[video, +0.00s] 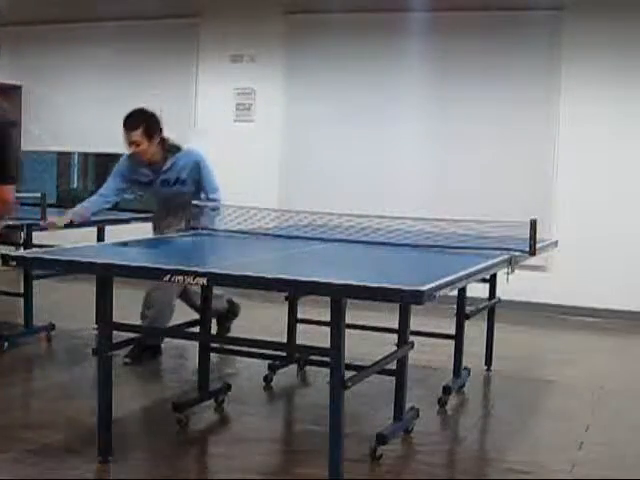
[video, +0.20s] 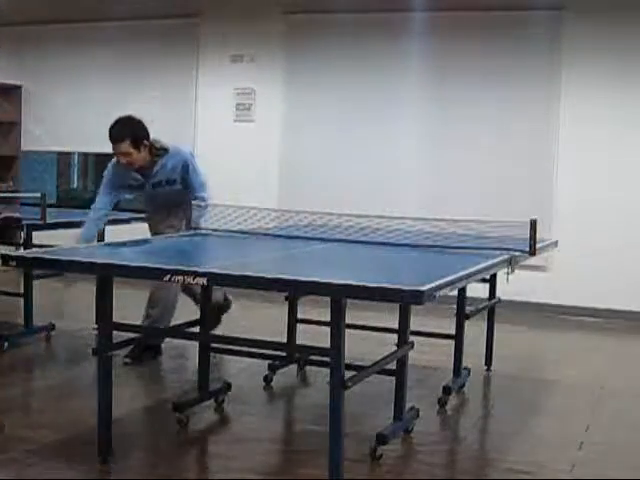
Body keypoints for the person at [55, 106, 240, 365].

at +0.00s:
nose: (132, 151)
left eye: (136, 144)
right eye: (129, 145)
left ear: (157, 138)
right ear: (127, 142)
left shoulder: (192, 161)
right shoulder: (130, 165)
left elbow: (212, 202)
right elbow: (106, 197)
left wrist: (200, 238)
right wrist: (68, 219)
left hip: (192, 231)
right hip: (162, 230)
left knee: (165, 280)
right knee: (180, 281)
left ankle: (149, 341)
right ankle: (223, 307)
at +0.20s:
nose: (121, 161)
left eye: (126, 155)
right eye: (118, 156)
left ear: (144, 146)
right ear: (114, 150)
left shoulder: (180, 159)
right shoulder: (117, 171)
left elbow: (200, 198)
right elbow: (101, 208)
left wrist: (197, 236)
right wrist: (83, 244)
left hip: (184, 221)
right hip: (157, 222)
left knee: (167, 273)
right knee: (177, 269)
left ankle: (149, 340)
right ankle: (213, 301)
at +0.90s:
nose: (196, 97)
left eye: (202, 92)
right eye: (191, 91)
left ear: (213, 94)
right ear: (184, 92)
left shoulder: (223, 130)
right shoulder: (178, 129)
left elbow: (222, 171)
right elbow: (165, 176)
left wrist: (178, 155)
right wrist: (156, 216)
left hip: (210, 205)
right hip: (181, 204)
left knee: (193, 271)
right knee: (187, 271)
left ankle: (159, 333)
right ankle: (201, 328)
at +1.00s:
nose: (208, 90)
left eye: (215, 86)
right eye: (204, 84)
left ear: (223, 90)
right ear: (196, 86)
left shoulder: (234, 125)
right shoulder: (186, 125)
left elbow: (237, 168)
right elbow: (173, 171)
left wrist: (204, 175)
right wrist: (165, 213)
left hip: (221, 202)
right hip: (190, 201)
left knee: (201, 263)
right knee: (193, 263)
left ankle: (176, 326)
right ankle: (200, 325)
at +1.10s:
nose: (222, 86)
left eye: (228, 81)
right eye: (218, 79)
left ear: (235, 87)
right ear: (207, 82)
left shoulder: (243, 120)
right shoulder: (194, 122)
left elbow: (255, 163)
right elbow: (182, 170)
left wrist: (235, 188)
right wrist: (176, 214)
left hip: (233, 205)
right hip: (202, 203)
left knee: (223, 272)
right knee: (195, 267)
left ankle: (211, 338)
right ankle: (198, 323)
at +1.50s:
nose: (300, 102)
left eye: (305, 98)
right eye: (297, 95)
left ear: (306, 101)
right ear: (283, 93)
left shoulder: (305, 135)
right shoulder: (256, 126)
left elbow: (313, 175)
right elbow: (244, 167)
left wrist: (319, 207)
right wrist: (236, 201)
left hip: (286, 196)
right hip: (255, 195)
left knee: (297, 260)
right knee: (236, 258)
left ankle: (315, 323)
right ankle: (211, 318)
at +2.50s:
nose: (393, 107)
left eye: (397, 102)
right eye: (390, 102)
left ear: (410, 100)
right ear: (387, 102)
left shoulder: (420, 131)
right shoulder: (402, 130)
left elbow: (429, 172)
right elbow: (409, 164)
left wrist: (396, 173)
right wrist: (396, 169)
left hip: (419, 193)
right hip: (406, 191)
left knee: (401, 252)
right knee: (405, 253)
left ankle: (395, 319)